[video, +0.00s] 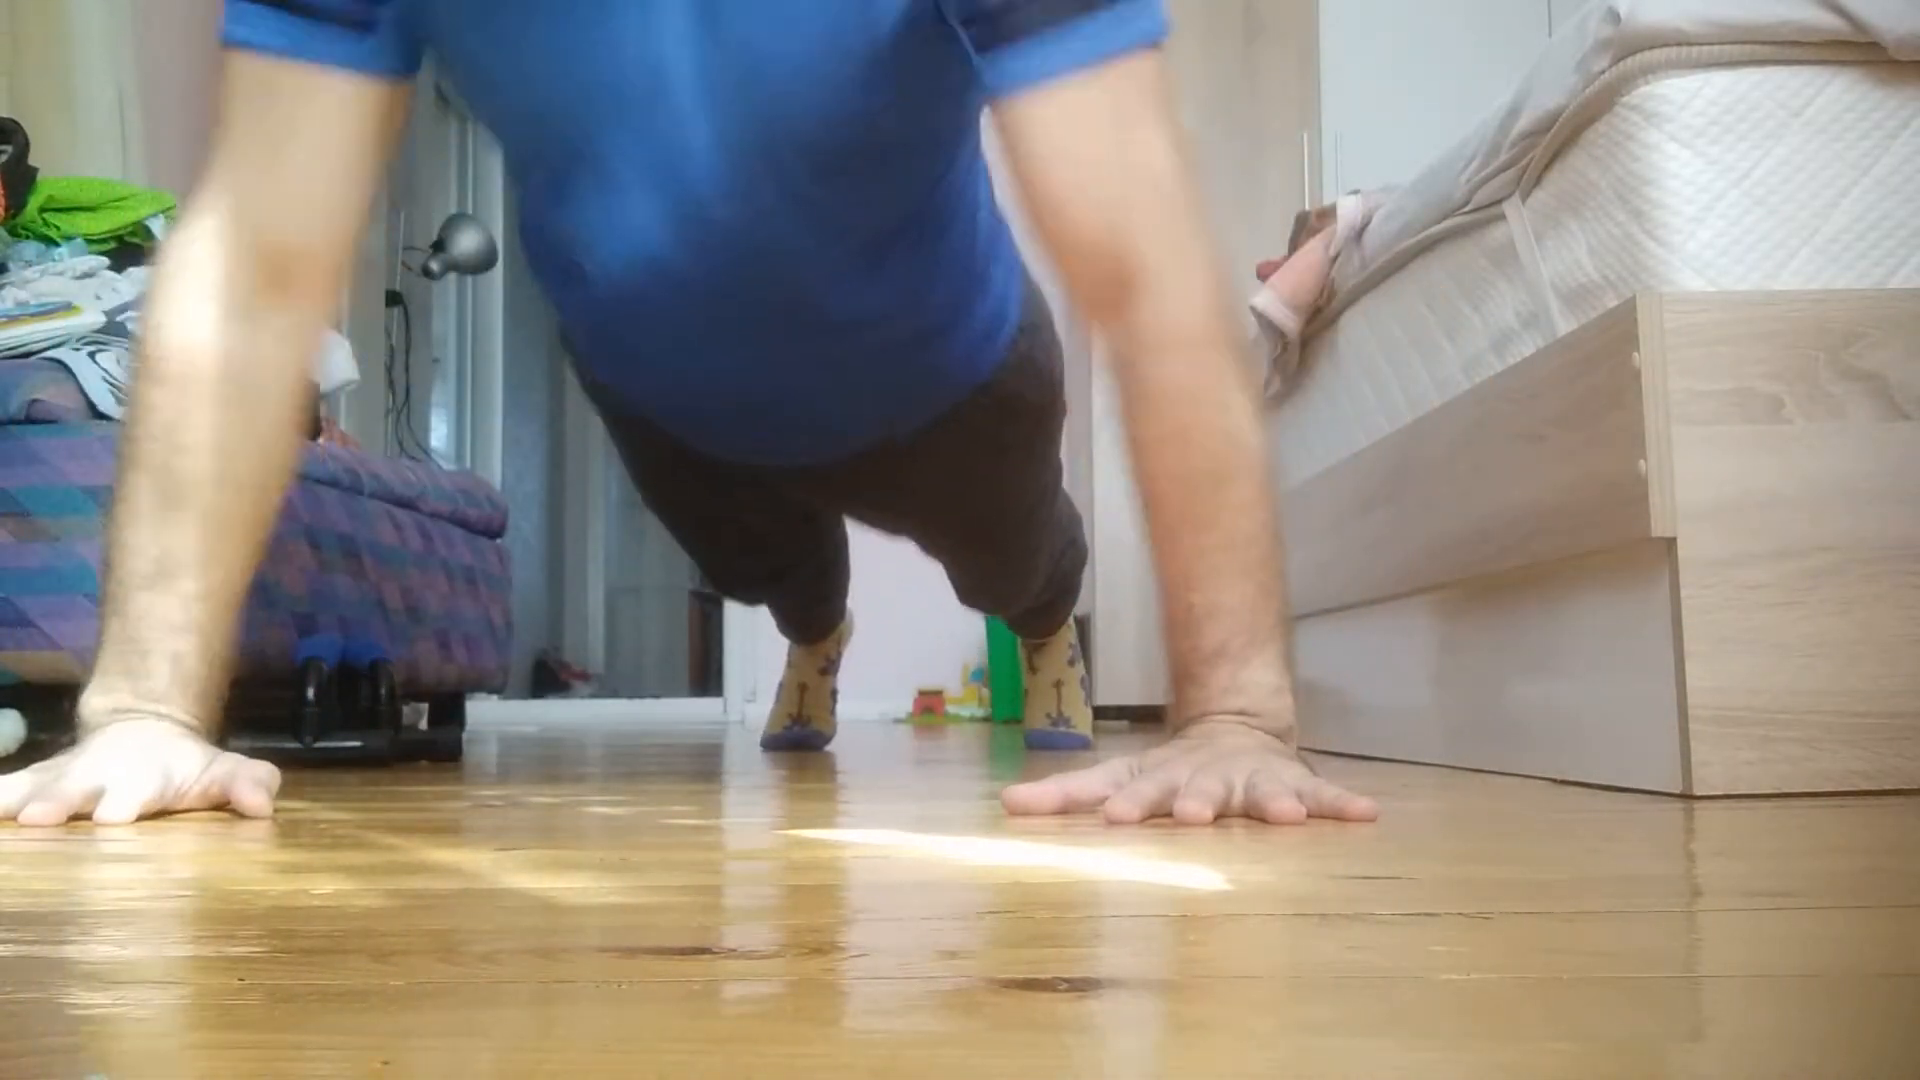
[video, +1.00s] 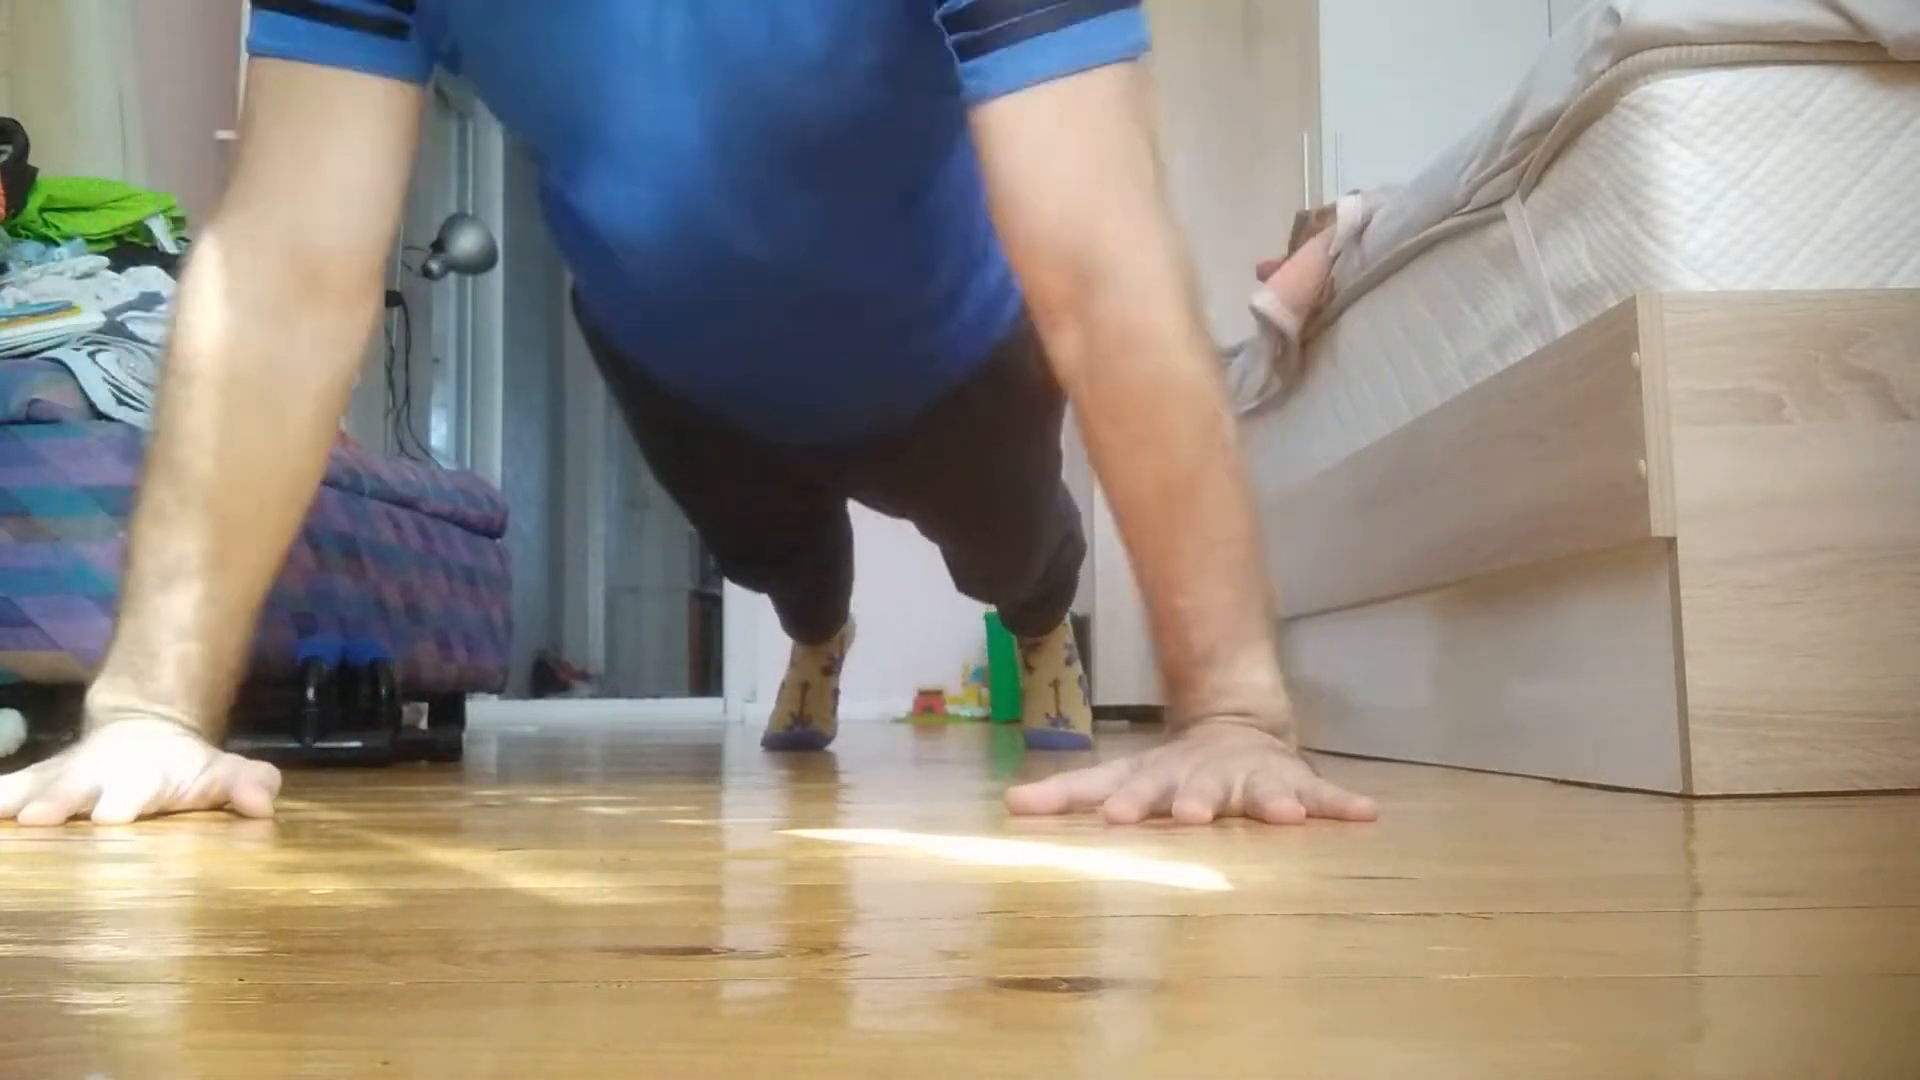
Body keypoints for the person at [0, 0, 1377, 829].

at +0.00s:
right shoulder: (371, 2)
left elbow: (1152, 277)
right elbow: (254, 271)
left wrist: (1240, 705)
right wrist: (148, 710)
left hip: (930, 377)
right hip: (672, 412)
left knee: (1011, 557)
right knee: (775, 563)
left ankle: (1023, 617)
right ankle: (816, 635)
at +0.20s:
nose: (505, 357)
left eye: (570, 270)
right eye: (437, 278)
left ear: (729, 85)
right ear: (337, 170)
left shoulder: (936, 166)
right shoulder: (254, 205)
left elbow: (1349, 350)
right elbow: (72, 395)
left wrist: (1247, 719)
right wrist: (137, 715)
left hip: (959, 591)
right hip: (693, 615)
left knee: (1017, 654)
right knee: (780, 657)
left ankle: (1016, 677)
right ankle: (797, 688)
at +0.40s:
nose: (509, 791)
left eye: (571, 692)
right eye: (419, 714)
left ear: (731, 492)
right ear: (288, 542)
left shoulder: (953, 437)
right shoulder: (246, 410)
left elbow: (1363, 348)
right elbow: (24, 357)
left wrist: (1253, 719)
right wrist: (125, 716)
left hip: (927, 715)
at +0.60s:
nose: (529, 444)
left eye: (590, 358)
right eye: (458, 376)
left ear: (752, 204)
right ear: (354, 268)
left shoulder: (977, 240)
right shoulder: (265, 261)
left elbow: (1402, 356)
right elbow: (22, 389)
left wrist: (1262, 719)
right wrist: (127, 711)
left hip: (958, 546)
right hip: (713, 563)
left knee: (1006, 622)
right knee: (805, 616)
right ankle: (814, 667)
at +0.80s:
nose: (538, 33)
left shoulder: (979, 15)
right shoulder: (339, 35)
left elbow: (1310, 309)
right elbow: (133, 356)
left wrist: (1257, 715)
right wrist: (142, 714)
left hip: (949, 423)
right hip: (706, 466)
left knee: (1011, 570)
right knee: (791, 580)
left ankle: (1021, 620)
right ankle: (822, 646)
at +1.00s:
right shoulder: (381, 2)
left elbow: (1102, 266)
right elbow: (284, 269)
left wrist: (1236, 700)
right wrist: (154, 708)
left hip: (941, 360)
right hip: (683, 378)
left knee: (1013, 549)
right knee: (778, 550)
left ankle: (1015, 622)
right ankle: (817, 642)